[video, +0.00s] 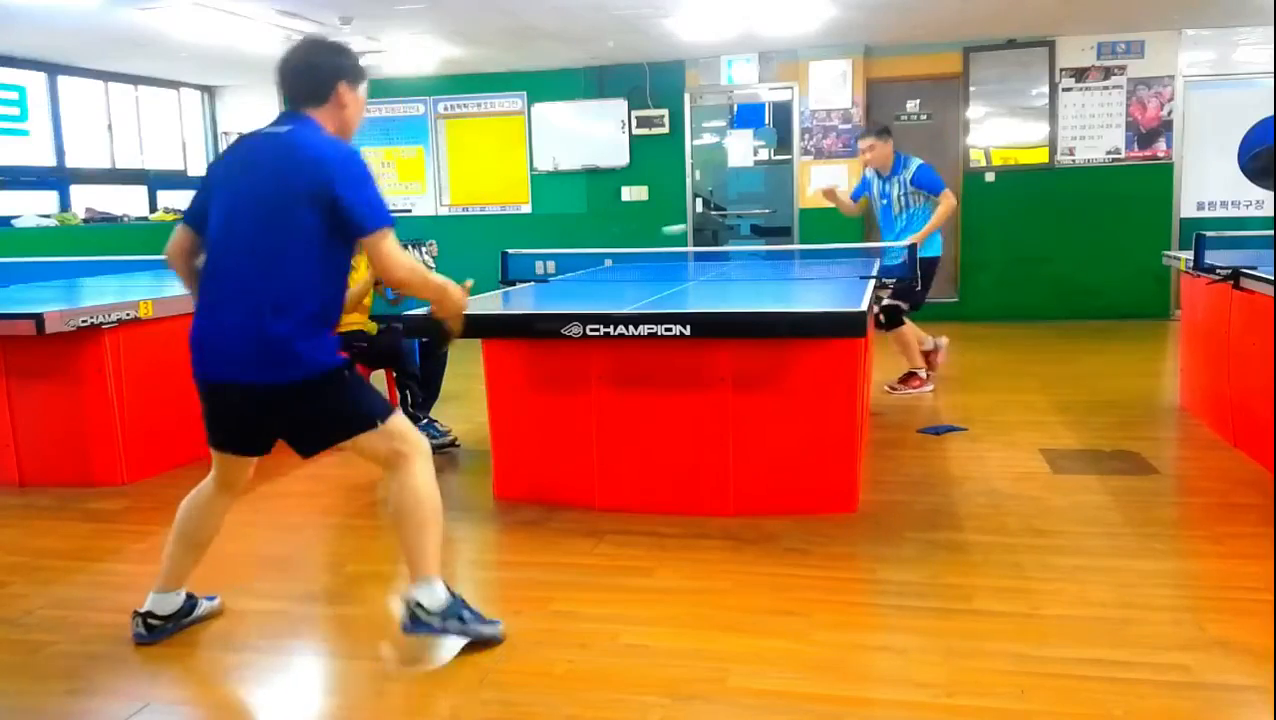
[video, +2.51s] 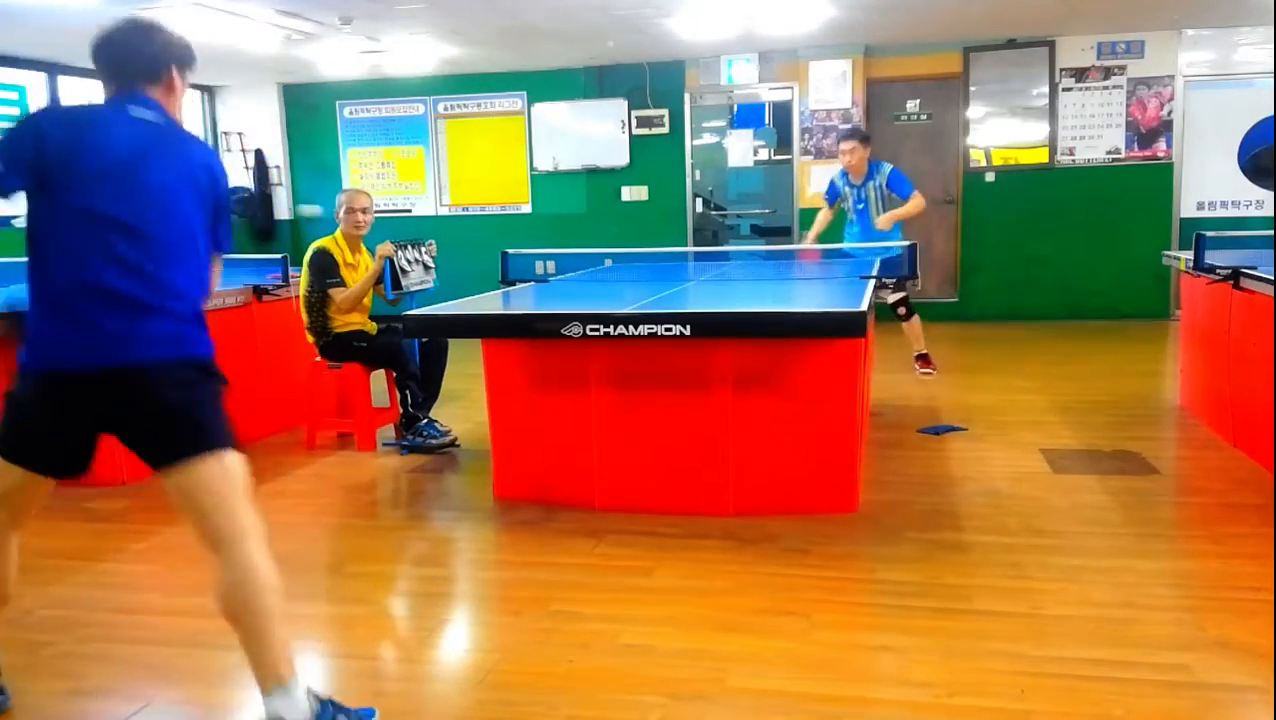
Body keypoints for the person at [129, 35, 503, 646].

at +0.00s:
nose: (362, 109)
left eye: (363, 98)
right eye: (360, 97)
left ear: (291, 94)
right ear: (339, 94)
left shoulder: (235, 156)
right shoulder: (335, 159)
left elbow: (180, 252)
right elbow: (391, 267)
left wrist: (225, 299)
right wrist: (443, 292)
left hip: (220, 357)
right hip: (297, 361)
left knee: (226, 477)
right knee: (405, 451)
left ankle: (162, 603)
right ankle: (429, 597)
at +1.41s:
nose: (286, 56)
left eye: (285, 41)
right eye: (284, 42)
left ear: (206, 38)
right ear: (265, 42)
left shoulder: (141, 98)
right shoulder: (293, 108)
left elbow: (73, 192)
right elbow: (378, 210)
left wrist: (115, 266)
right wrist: (361, 257)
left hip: (157, 345)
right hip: (258, 343)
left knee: (153, 483)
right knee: (330, 499)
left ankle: (115, 623)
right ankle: (359, 672)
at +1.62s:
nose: (258, 75)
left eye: (256, 63)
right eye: (257, 63)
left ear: (178, 65)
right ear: (240, 67)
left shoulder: (117, 127)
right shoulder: (276, 149)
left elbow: (59, 210)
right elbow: (353, 254)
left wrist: (41, 312)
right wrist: (363, 226)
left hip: (117, 364)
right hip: (222, 369)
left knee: (81, 510)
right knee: (318, 527)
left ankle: (26, 663)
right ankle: (349, 689)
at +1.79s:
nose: (234, 88)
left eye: (231, 74)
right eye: (231, 74)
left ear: (150, 82)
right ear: (209, 78)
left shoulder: (83, 150)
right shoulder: (238, 165)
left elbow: (18, 253)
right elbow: (269, 293)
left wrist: (58, 324)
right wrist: (305, 373)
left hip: (91, 378)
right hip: (190, 378)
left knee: (101, 513)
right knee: (310, 519)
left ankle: (28, 666)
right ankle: (348, 688)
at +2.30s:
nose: (252, 131)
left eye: (251, 118)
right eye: (250, 117)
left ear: (166, 112)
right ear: (228, 112)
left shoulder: (92, 181)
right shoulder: (239, 195)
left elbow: (42, 303)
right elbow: (273, 329)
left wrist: (107, 350)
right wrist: (319, 407)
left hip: (68, 407)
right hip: (170, 411)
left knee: (82, 512)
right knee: (308, 535)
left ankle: (19, 661)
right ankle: (295, 704)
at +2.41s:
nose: (213, 128)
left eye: (212, 116)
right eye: (212, 116)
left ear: (132, 113)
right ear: (196, 117)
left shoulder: (68, 166)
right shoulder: (227, 200)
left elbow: (3, 254)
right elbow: (231, 294)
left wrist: (15, 318)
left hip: (75, 400)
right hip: (188, 402)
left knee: (17, 519)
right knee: (295, 545)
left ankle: (4, 665)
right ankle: (296, 706)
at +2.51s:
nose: (189, 97)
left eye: (190, 86)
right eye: (189, 86)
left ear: (105, 80)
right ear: (171, 80)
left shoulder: (48, 129)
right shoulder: (198, 159)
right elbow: (205, 282)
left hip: (56, 369)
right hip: (163, 368)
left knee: (5, 520)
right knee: (234, 535)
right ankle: (286, 700)